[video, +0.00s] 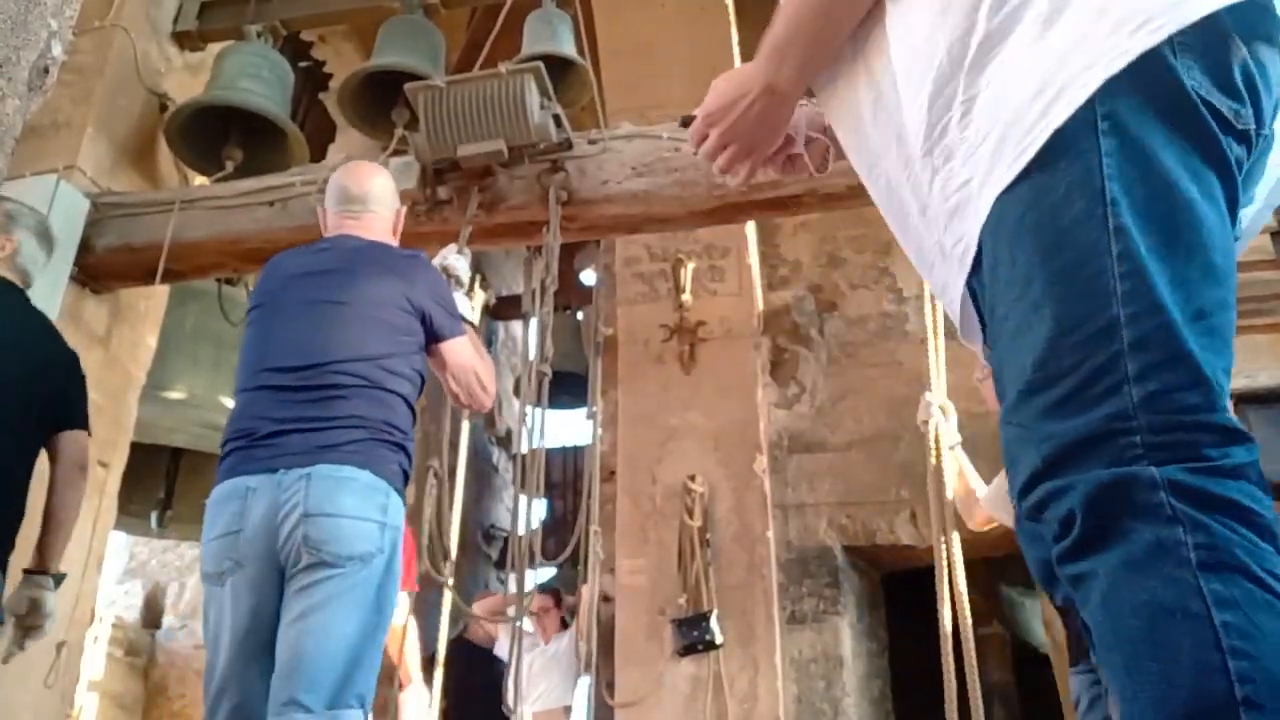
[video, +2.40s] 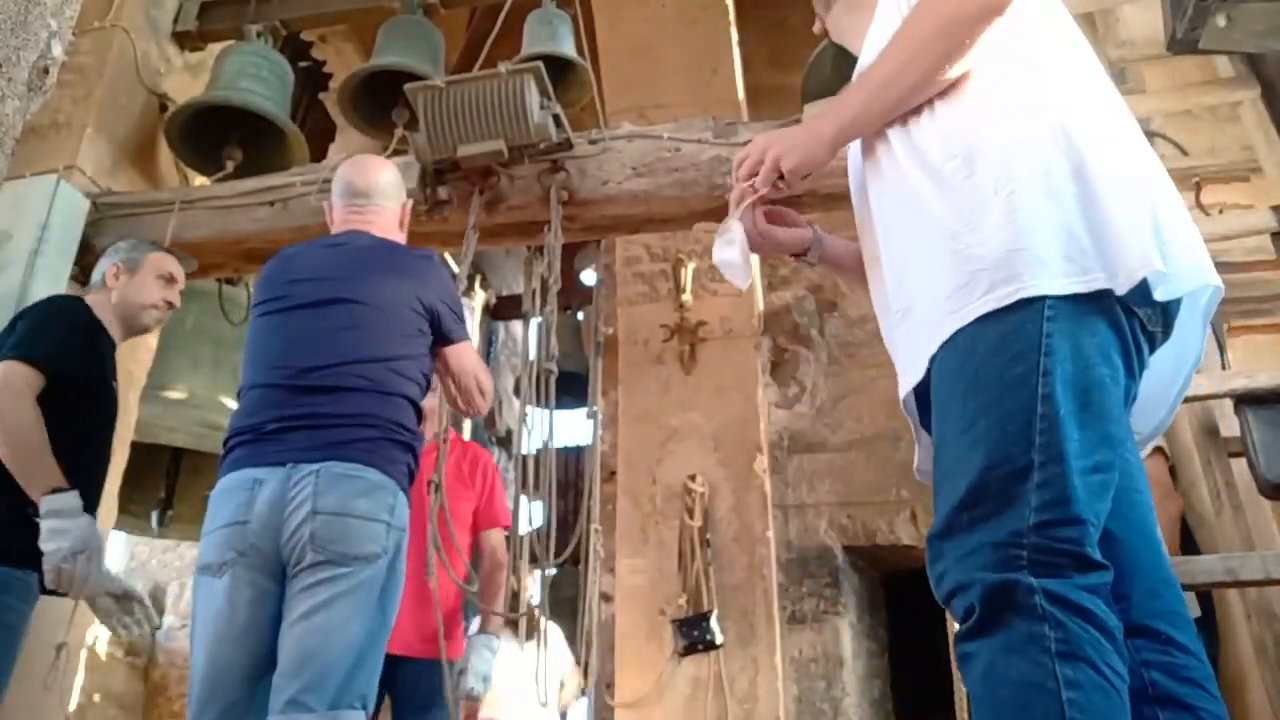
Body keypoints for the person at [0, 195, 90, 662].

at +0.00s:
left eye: (0, 233)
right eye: (4, 236)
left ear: (7, 245)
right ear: (27, 253)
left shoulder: (46, 346)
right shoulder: (47, 347)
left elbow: (73, 458)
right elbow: (74, 459)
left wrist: (42, 574)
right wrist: (43, 574)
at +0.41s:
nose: (7, 253)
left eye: (31, 249)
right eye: (14, 245)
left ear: (66, 285)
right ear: (65, 289)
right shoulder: (67, 371)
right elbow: (61, 503)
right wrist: (17, 574)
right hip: (5, 555)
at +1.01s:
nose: (8, 263)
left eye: (13, 256)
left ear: (22, 260)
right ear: (81, 294)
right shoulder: (87, 371)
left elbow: (78, 495)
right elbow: (77, 497)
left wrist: (19, 590)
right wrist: (19, 590)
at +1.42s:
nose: (70, 307)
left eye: (74, 296)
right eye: (73, 294)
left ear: (4, 266)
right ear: (53, 281)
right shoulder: (60, 343)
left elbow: (69, 462)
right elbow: (69, 461)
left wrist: (48, 579)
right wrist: (50, 580)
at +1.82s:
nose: (115, 294)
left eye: (119, 283)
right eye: (107, 274)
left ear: (55, 268)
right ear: (59, 264)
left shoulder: (12, 311)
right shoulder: (50, 320)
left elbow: (27, 425)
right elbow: (30, 422)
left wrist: (67, 548)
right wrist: (69, 549)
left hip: (9, 567)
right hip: (8, 569)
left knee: (11, 701)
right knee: (7, 703)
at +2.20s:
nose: (161, 298)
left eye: (165, 290)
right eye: (152, 280)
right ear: (103, 272)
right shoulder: (69, 314)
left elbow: (35, 470)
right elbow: (36, 399)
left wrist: (100, 546)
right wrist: (119, 504)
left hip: (28, 564)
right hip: (17, 562)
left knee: (7, 702)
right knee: (3, 702)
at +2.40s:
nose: (175, 299)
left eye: (179, 292)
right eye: (164, 280)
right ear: (115, 274)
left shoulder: (100, 360)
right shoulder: (67, 314)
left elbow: (67, 487)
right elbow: (10, 392)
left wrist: (92, 577)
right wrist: (60, 508)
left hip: (24, 573)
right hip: (8, 567)